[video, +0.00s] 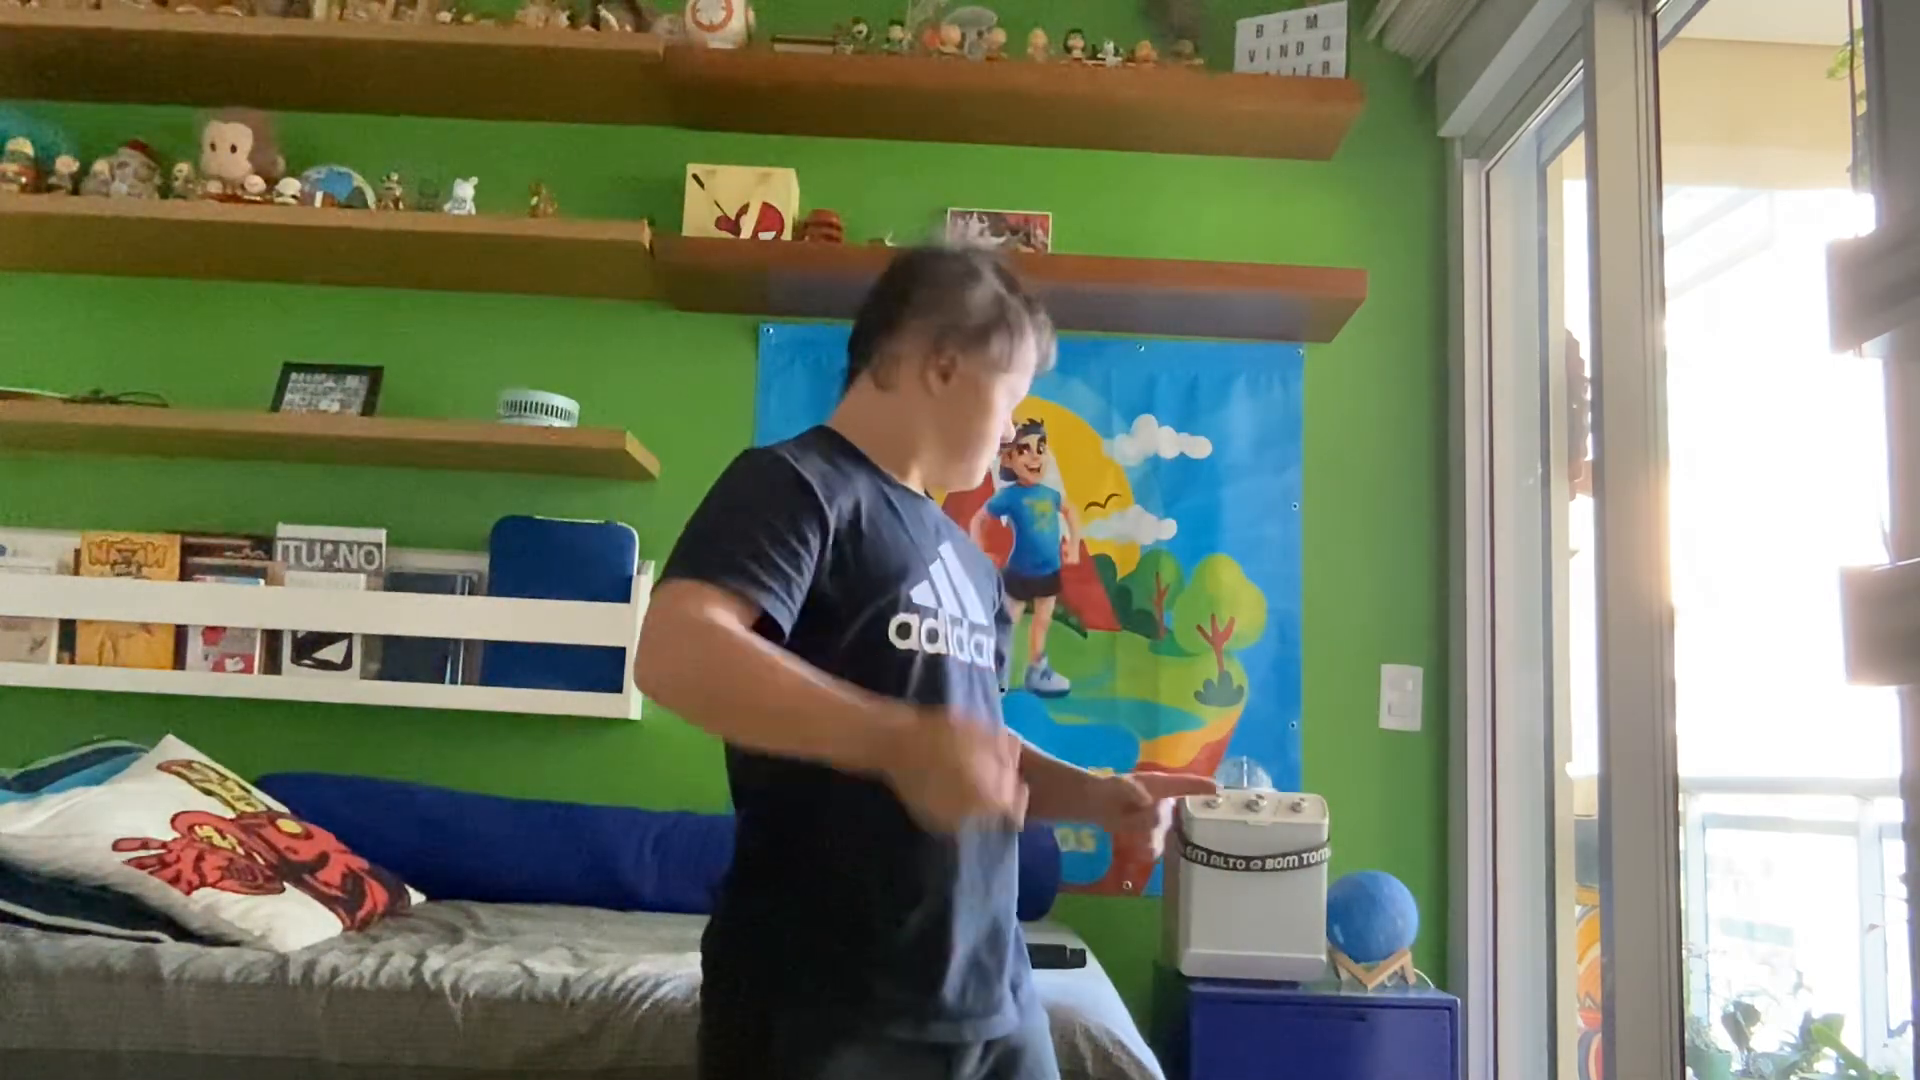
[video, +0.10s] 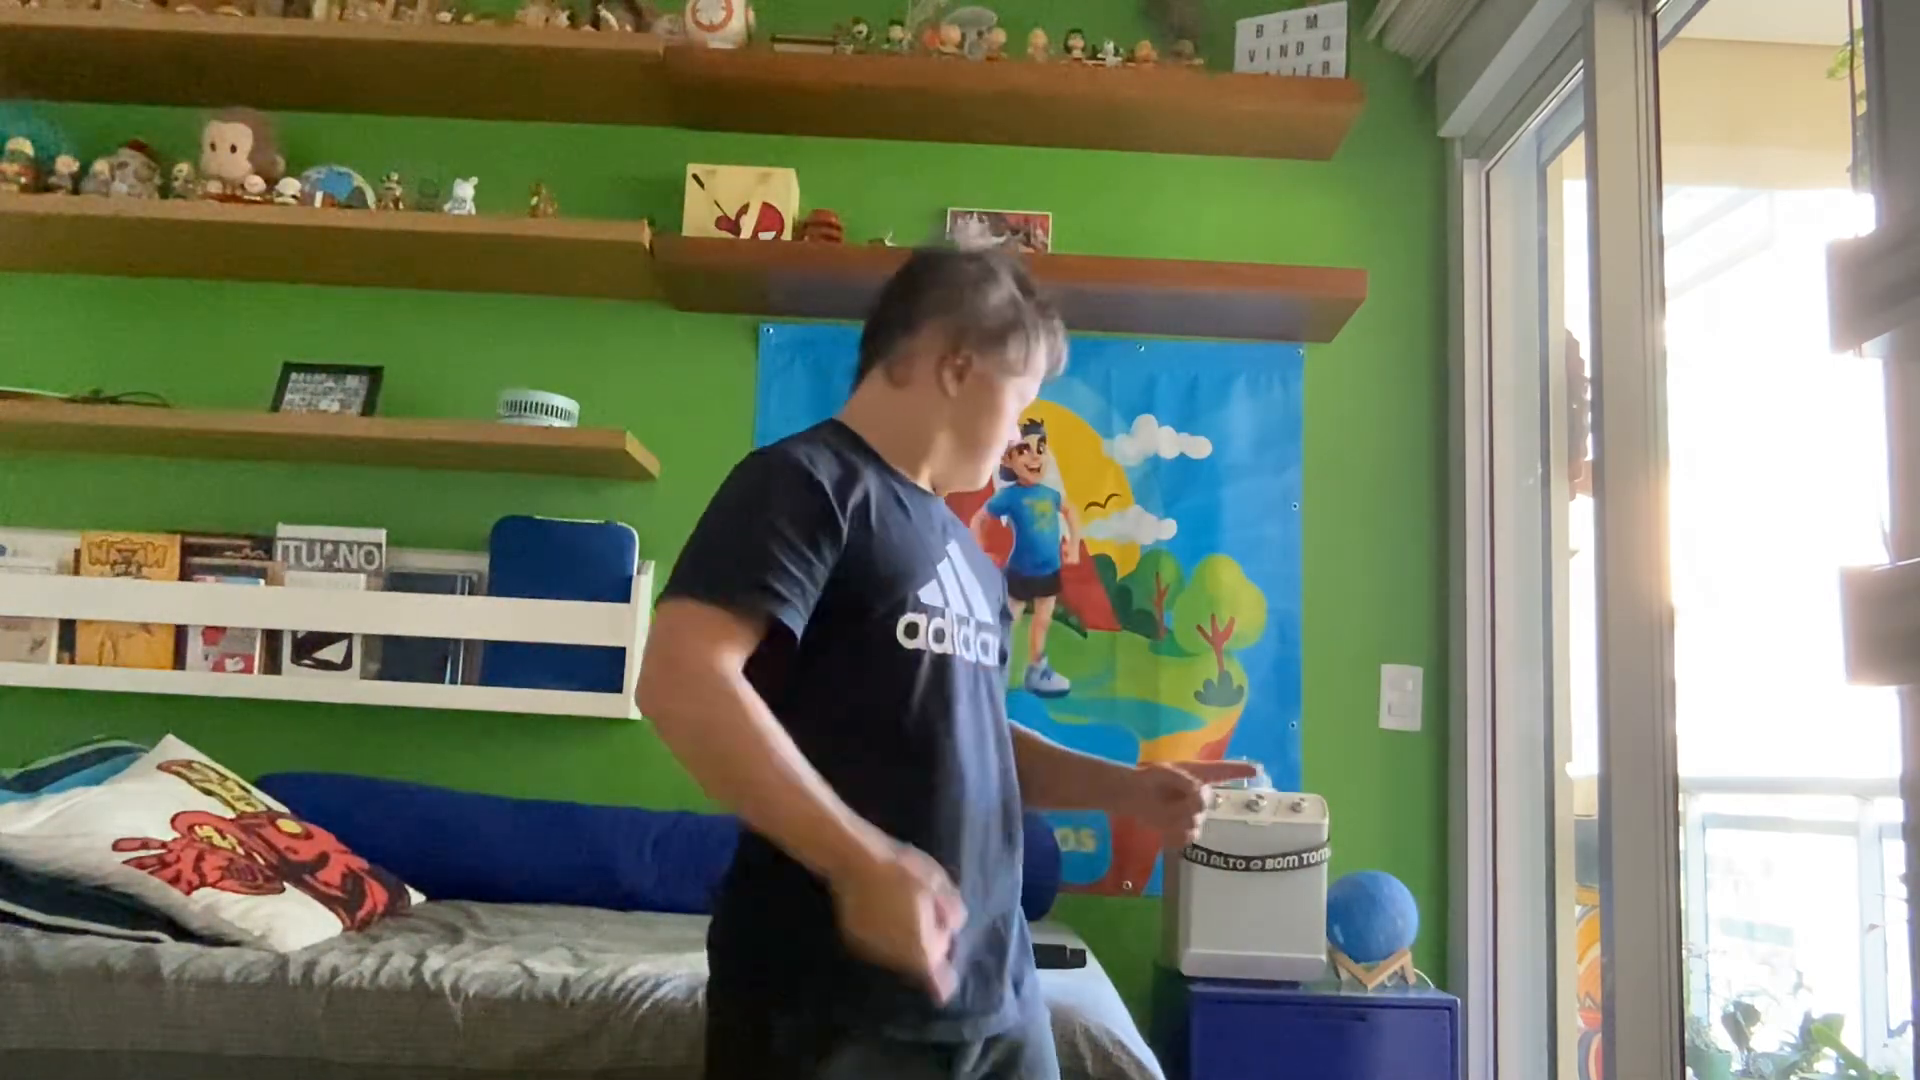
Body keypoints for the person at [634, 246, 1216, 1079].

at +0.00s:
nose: (1012, 433)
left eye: (1019, 406)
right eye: (1012, 398)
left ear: (947, 370)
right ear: (941, 365)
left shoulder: (969, 559)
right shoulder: (794, 484)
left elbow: (957, 743)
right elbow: (676, 647)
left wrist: (1098, 797)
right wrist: (899, 742)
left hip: (993, 1008)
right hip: (828, 1012)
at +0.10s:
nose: (1018, 438)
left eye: (1028, 412)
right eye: (1022, 403)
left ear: (963, 372)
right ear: (955, 367)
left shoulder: (967, 553)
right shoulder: (804, 481)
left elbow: (970, 746)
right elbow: (682, 678)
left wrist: (1126, 788)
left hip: (999, 1009)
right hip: (834, 1017)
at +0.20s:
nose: (1047, 441)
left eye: (1055, 412)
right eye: (1049, 403)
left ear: (990, 373)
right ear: (986, 365)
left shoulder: (983, 544)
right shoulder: (816, 482)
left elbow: (996, 735)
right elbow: (700, 697)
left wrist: (1174, 776)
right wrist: (787, 933)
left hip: (1017, 998)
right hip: (858, 1016)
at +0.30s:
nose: (1113, 447)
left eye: (1123, 420)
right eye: (1118, 413)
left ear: (1052, 387)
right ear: (1063, 386)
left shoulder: (1031, 540)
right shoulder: (882, 484)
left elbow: (1064, 715)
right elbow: (763, 701)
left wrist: (1239, 753)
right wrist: (729, 928)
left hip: (1051, 998)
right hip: (895, 1006)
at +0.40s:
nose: (1182, 453)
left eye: (1190, 431)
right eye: (1186, 425)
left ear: (1111, 401)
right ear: (1132, 404)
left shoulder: (1078, 535)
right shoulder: (960, 486)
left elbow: (1105, 695)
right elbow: (818, 686)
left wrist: (1246, 737)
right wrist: (759, 893)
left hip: (1086, 998)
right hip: (942, 1002)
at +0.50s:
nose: (1226, 478)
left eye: (1238, 454)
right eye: (1236, 448)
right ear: (1194, 420)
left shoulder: (1128, 540)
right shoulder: (1036, 480)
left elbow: (1141, 678)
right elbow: (888, 647)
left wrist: (1239, 734)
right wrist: (857, 865)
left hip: (1108, 987)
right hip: (985, 984)